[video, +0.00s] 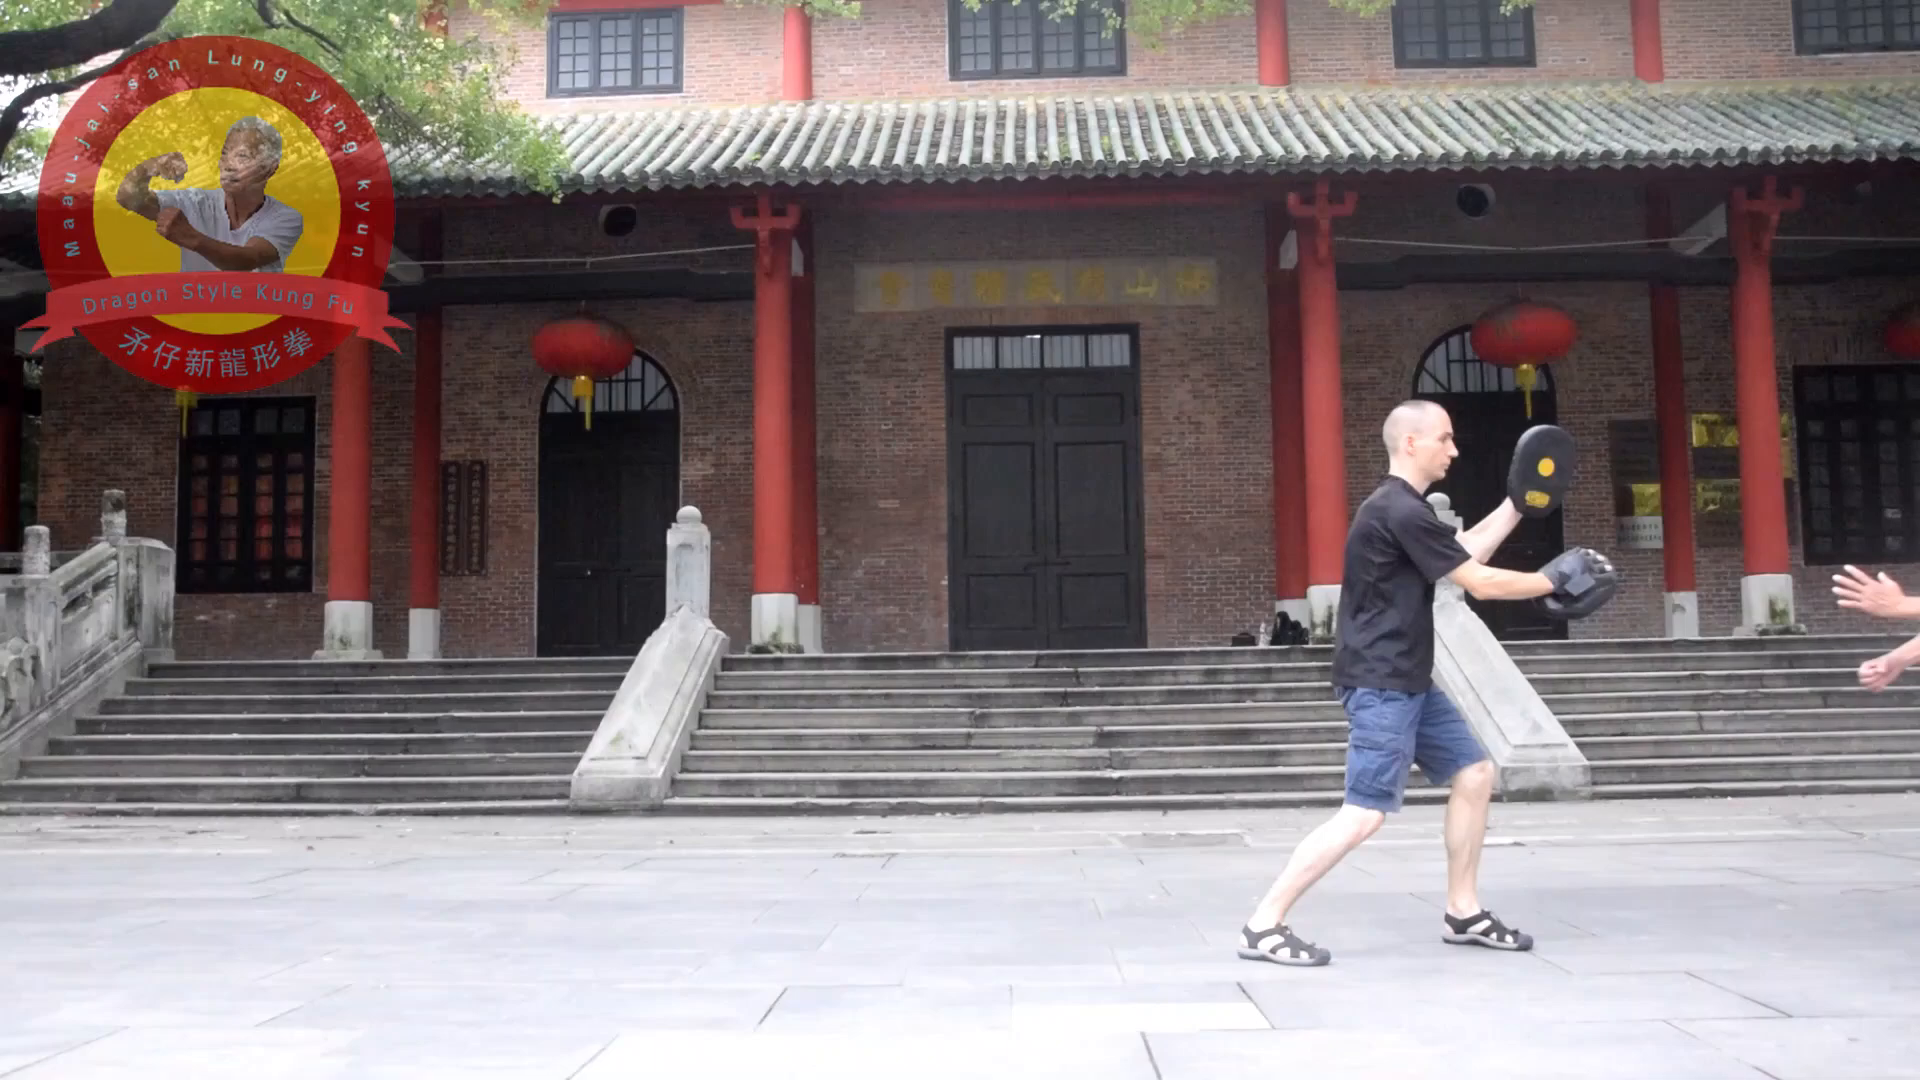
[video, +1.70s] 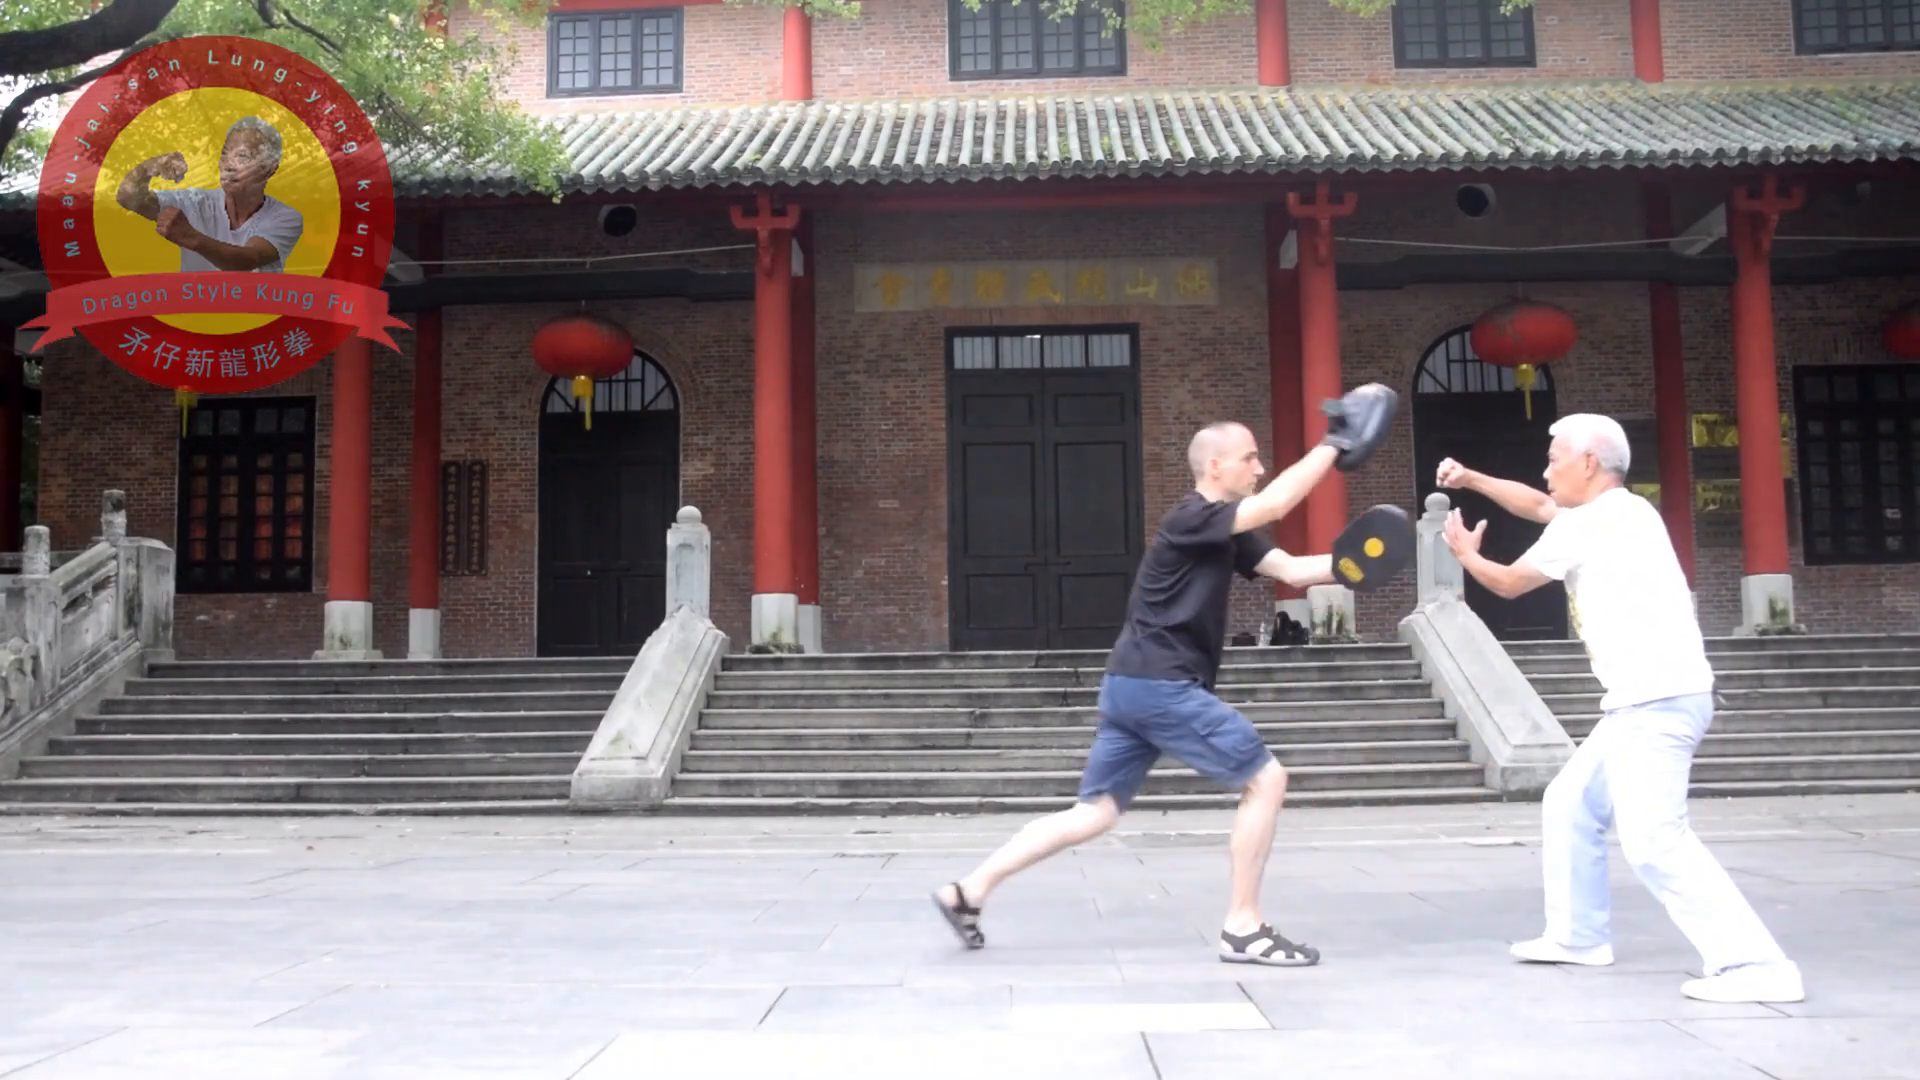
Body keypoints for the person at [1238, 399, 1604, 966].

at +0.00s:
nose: (1453, 449)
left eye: (1452, 439)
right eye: (1444, 439)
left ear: (1413, 445)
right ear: (1411, 444)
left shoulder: (1405, 503)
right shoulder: (1397, 508)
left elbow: (1464, 555)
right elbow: (1478, 583)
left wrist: (1520, 501)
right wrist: (1553, 583)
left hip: (1411, 681)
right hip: (1379, 681)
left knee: (1475, 776)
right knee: (1363, 815)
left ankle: (1463, 913)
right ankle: (1263, 924)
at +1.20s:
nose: (1393, 456)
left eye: (1390, 444)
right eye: (1383, 445)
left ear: (1346, 453)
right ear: (1347, 452)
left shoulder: (1325, 514)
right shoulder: (1349, 515)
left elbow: (1391, 558)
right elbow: (1430, 574)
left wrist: (1441, 510)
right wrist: (1493, 594)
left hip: (1373, 681)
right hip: (1346, 685)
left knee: (1448, 780)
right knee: (1379, 823)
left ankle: (1463, 913)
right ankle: (1261, 910)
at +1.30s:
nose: (1363, 457)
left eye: (1362, 447)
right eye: (1354, 447)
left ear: (1321, 451)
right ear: (1319, 451)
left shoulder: (1318, 515)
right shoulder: (1307, 519)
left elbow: (1367, 576)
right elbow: (1378, 592)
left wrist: (1418, 532)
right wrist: (1442, 622)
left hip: (1356, 683)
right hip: (1321, 688)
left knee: (1424, 788)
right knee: (1364, 822)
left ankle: (1461, 914)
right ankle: (1252, 916)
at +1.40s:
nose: (1340, 454)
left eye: (1338, 444)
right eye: (1330, 444)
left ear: (1296, 450)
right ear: (1296, 449)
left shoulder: (1282, 510)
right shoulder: (1288, 515)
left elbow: (1316, 591)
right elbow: (1348, 597)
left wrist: (1373, 567)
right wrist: (1412, 651)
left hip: (1299, 682)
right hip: (1279, 685)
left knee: (1378, 779)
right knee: (1337, 812)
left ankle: (1418, 908)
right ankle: (1246, 928)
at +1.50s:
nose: (1319, 458)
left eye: (1317, 448)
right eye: (1309, 448)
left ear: (1279, 454)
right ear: (1275, 453)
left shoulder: (1265, 512)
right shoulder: (1257, 513)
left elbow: (1302, 596)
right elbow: (1332, 576)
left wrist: (1355, 574)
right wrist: (1420, 604)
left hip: (1248, 673)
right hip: (1232, 677)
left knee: (1325, 767)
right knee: (1316, 789)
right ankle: (1249, 926)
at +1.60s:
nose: (1291, 459)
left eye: (1290, 448)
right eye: (1282, 448)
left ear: (1249, 457)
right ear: (1248, 454)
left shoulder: (1242, 518)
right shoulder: (1224, 510)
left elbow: (1306, 583)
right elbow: (1312, 535)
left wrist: (1376, 561)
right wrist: (1395, 495)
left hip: (1187, 678)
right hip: (1200, 677)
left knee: (1202, 819)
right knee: (1291, 788)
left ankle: (1075, 888)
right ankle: (1245, 929)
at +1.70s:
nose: (1261, 467)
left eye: (1259, 458)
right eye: (1250, 458)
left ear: (1220, 469)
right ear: (1215, 468)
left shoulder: (1227, 522)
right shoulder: (1195, 516)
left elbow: (1288, 571)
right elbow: (1273, 504)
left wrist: (1351, 564)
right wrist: (1334, 445)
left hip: (1130, 682)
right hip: (1158, 684)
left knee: (1097, 812)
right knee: (1267, 779)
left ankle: (970, 891)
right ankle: (1244, 926)